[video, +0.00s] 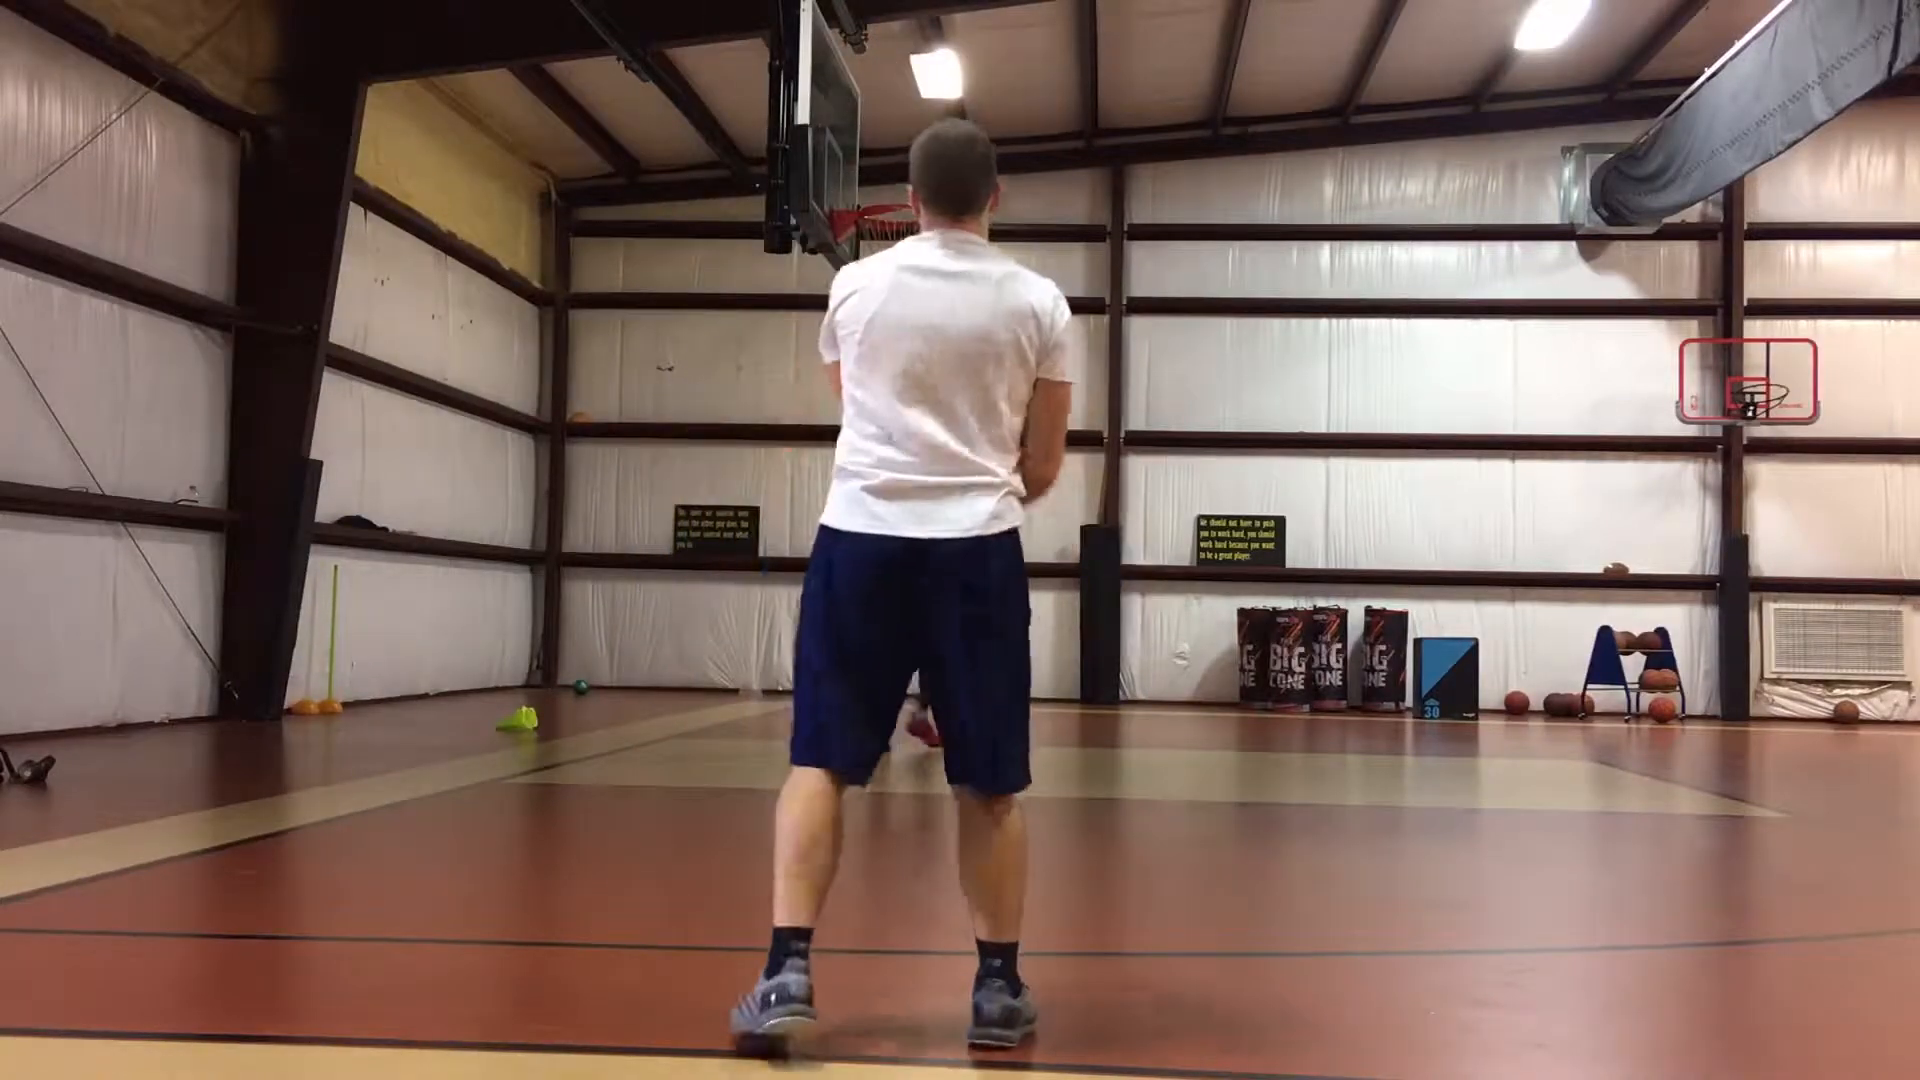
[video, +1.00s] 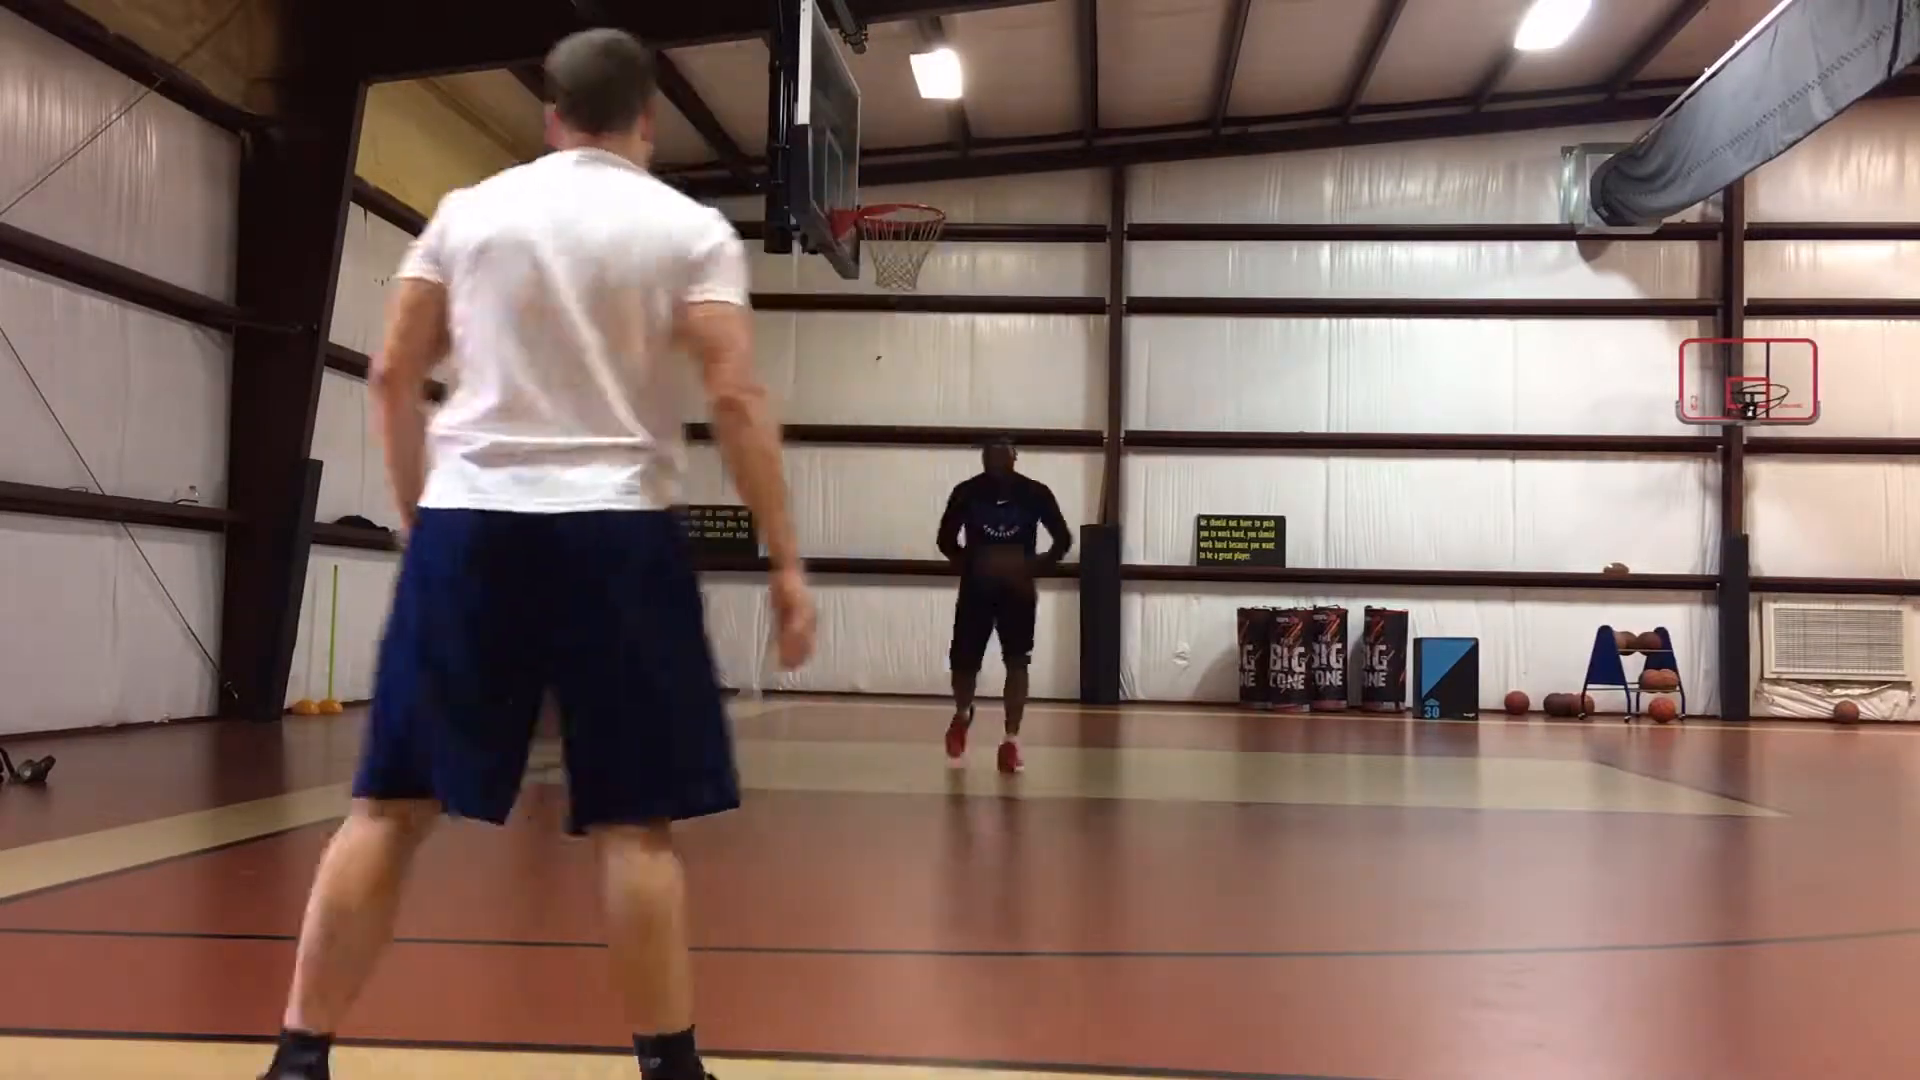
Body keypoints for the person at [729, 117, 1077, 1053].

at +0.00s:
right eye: (995, 189)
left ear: (913, 195)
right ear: (997, 197)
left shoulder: (856, 285)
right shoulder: (1039, 302)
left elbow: (849, 407)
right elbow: (1042, 468)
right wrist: (969, 498)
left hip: (858, 552)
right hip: (978, 559)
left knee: (818, 756)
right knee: (991, 782)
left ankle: (788, 969)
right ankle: (997, 984)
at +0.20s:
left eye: (857, 188)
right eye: (939, 190)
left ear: (853, 197)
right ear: (943, 197)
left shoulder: (798, 287)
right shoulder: (987, 291)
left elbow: (801, 394)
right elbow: (1035, 451)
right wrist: (1054, 475)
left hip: (810, 569)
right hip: (937, 576)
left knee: (794, 784)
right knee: (969, 792)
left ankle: (774, 1008)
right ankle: (996, 992)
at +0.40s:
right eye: (882, 163)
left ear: (789, 173)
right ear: (878, 169)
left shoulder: (729, 274)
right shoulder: (925, 262)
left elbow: (718, 443)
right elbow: (952, 416)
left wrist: (755, 535)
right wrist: (1015, 526)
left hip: (757, 557)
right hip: (889, 558)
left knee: (769, 790)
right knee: (920, 780)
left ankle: (774, 1027)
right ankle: (948, 998)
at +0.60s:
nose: (852, 159)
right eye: (856, 146)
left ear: (751, 152)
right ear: (846, 149)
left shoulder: (690, 255)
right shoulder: (887, 243)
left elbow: (616, 404)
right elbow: (926, 404)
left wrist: (570, 538)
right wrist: (967, 509)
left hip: (715, 545)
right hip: (840, 544)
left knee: (751, 785)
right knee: (851, 789)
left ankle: (771, 1019)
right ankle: (771, 988)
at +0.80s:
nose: (847, 161)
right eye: (848, 148)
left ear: (742, 142)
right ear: (837, 147)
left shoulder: (661, 232)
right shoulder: (868, 247)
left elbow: (587, 366)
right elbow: (934, 417)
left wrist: (524, 508)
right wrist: (960, 515)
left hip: (644, 521)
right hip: (776, 523)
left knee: (694, 783)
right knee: (739, 800)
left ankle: (735, 1020)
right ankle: (691, 1052)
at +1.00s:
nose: (653, 133)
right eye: (656, 118)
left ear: (551, 115)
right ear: (648, 121)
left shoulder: (464, 213)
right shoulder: (690, 230)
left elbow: (394, 376)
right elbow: (734, 398)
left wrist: (421, 522)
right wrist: (784, 563)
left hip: (465, 539)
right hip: (619, 547)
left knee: (388, 808)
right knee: (638, 826)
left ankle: (296, 1060)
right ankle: (672, 1066)